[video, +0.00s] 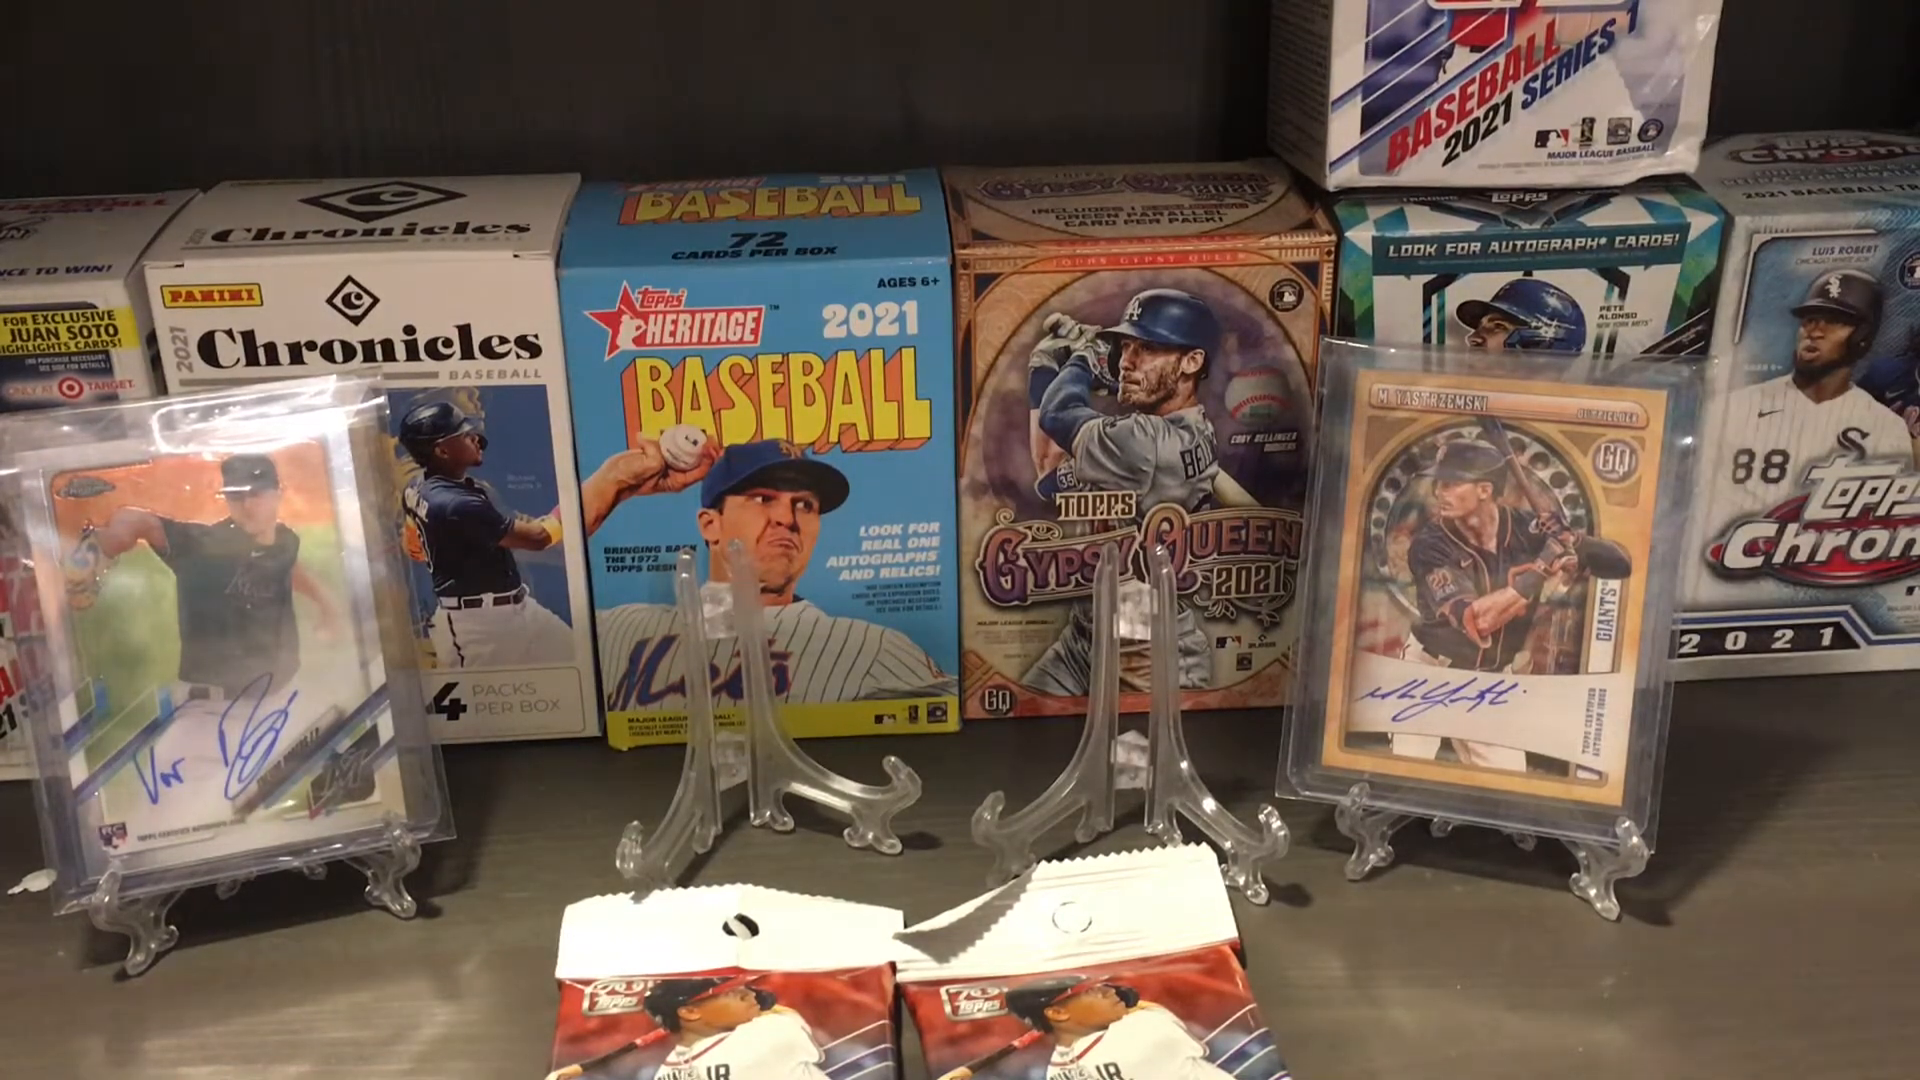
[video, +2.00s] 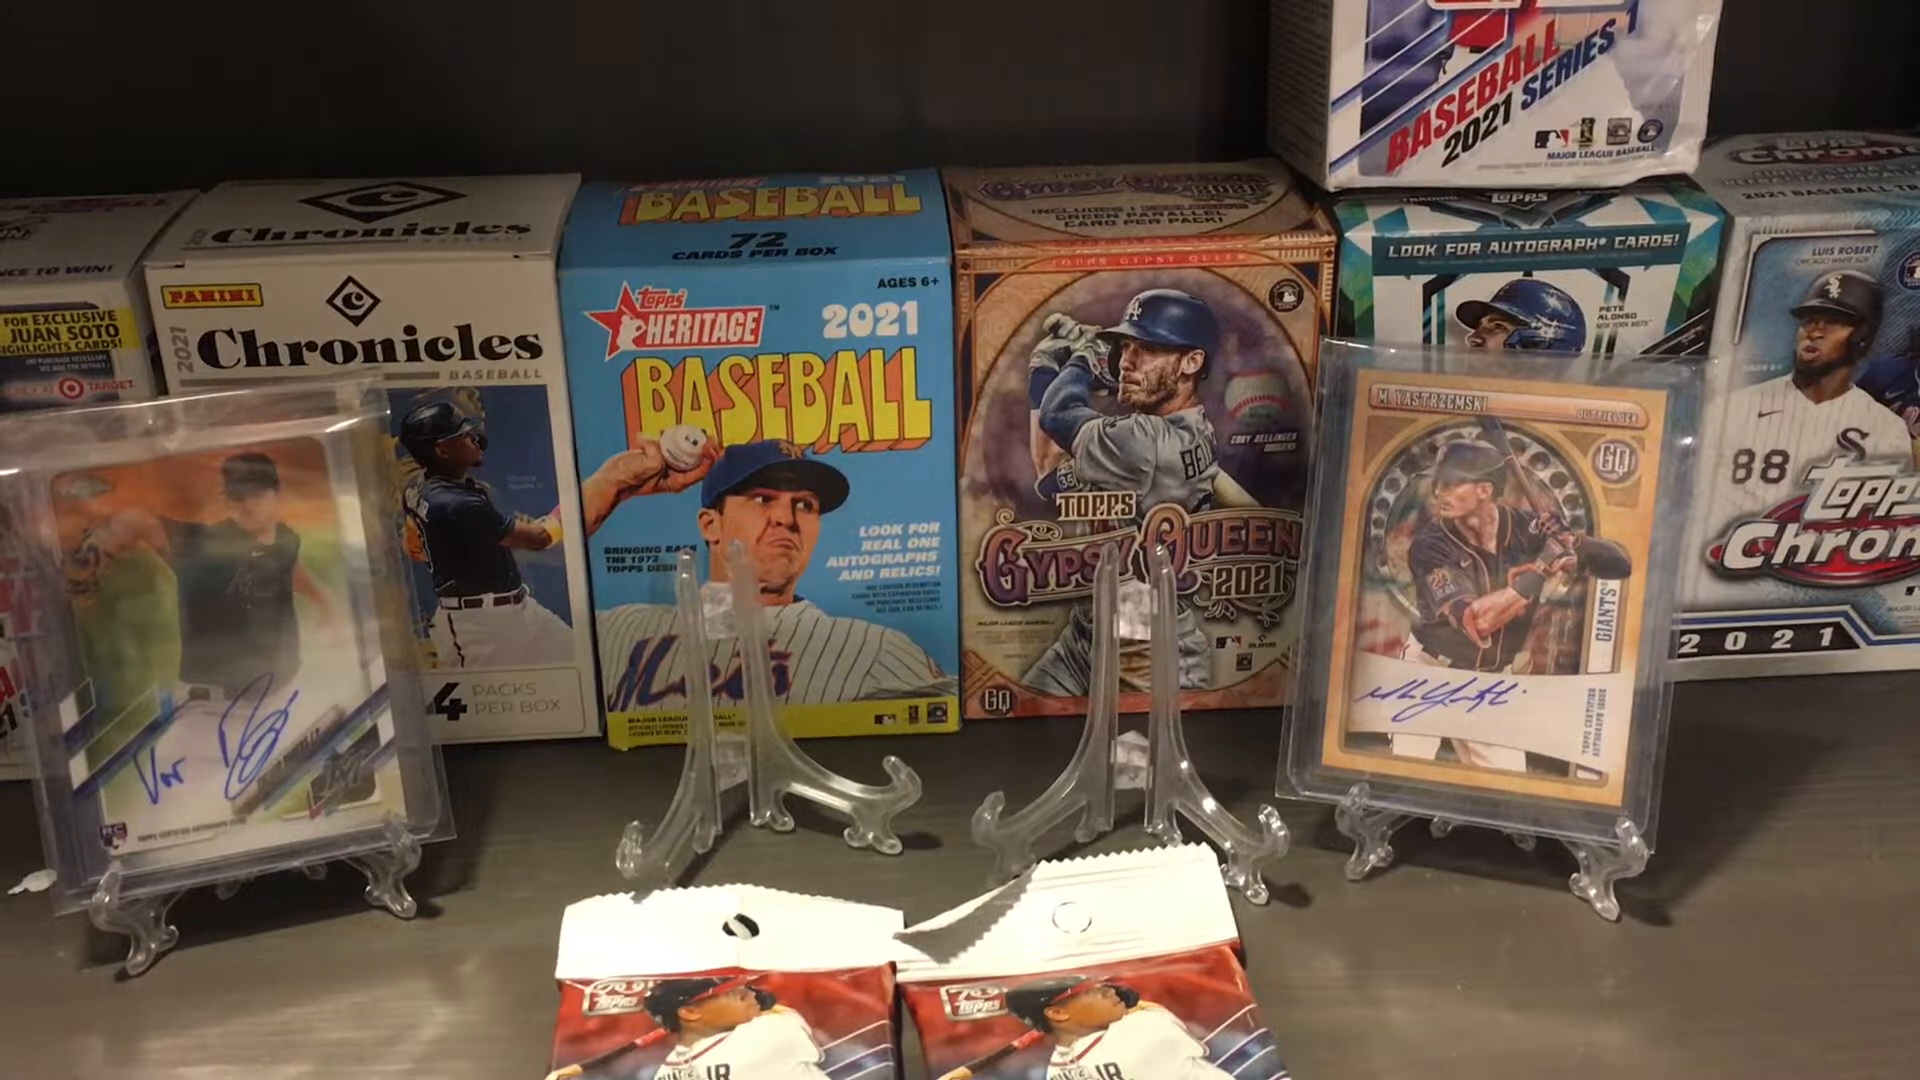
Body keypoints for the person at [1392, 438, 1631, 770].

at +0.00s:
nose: (1439, 492)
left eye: (1451, 484)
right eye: (1439, 483)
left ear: (1484, 491)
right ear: (1436, 486)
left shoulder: (1527, 528)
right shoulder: (1430, 541)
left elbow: (1622, 564)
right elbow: (1471, 621)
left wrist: (1574, 548)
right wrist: (1537, 572)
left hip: (1494, 677)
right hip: (1428, 669)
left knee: (1509, 789)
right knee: (1412, 772)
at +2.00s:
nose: (1439, 492)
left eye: (1451, 484)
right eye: (1439, 484)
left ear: (1484, 491)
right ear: (1435, 487)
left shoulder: (1526, 528)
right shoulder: (1430, 542)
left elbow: (1622, 564)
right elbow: (1475, 623)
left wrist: (1577, 551)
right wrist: (1539, 571)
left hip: (1495, 677)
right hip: (1429, 670)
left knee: (1509, 792)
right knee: (1410, 775)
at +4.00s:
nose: (1439, 492)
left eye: (1451, 484)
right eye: (1439, 483)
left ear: (1484, 490)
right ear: (1436, 486)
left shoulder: (1527, 528)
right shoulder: (1430, 540)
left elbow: (1622, 562)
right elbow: (1474, 622)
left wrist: (1574, 551)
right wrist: (1540, 569)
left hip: (1495, 676)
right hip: (1429, 668)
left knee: (1508, 787)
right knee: (1411, 772)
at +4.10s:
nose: (1439, 492)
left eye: (1451, 485)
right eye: (1439, 484)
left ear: (1484, 491)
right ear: (1436, 486)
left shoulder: (1526, 528)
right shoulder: (1431, 541)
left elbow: (1622, 563)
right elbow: (1473, 622)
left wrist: (1573, 549)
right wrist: (1540, 570)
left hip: (1495, 676)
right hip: (1429, 669)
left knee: (1508, 787)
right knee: (1411, 773)